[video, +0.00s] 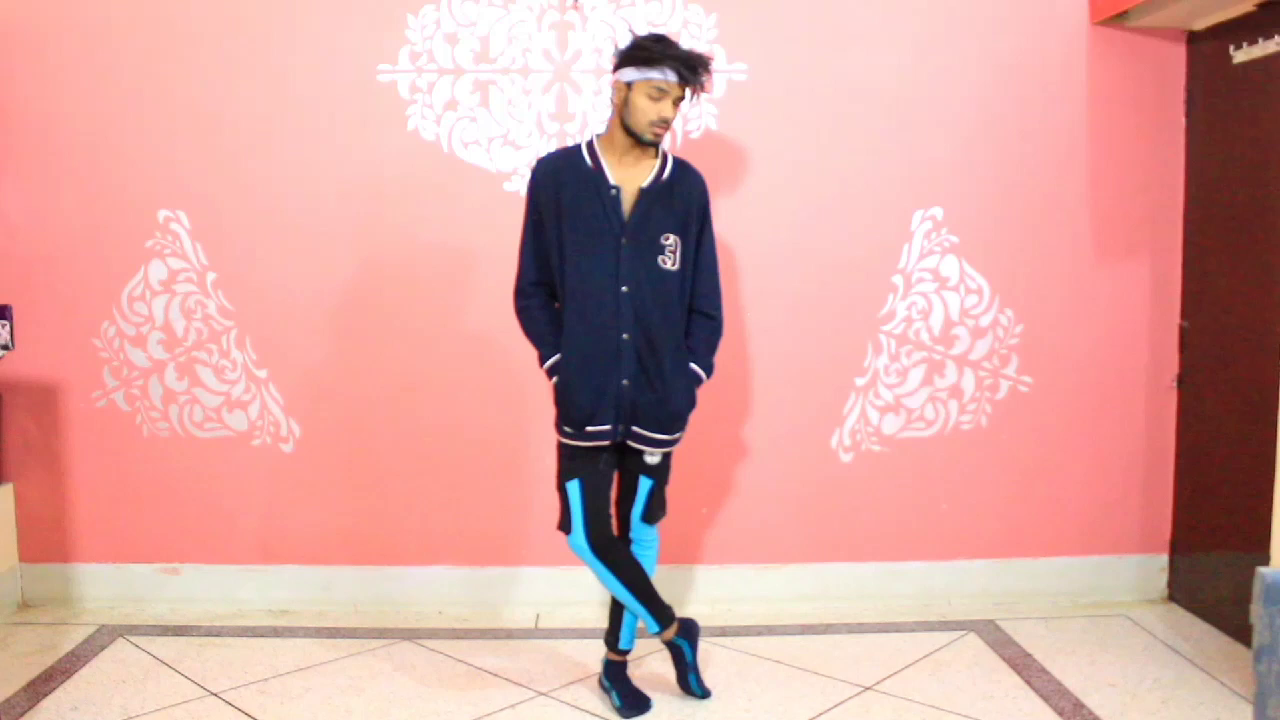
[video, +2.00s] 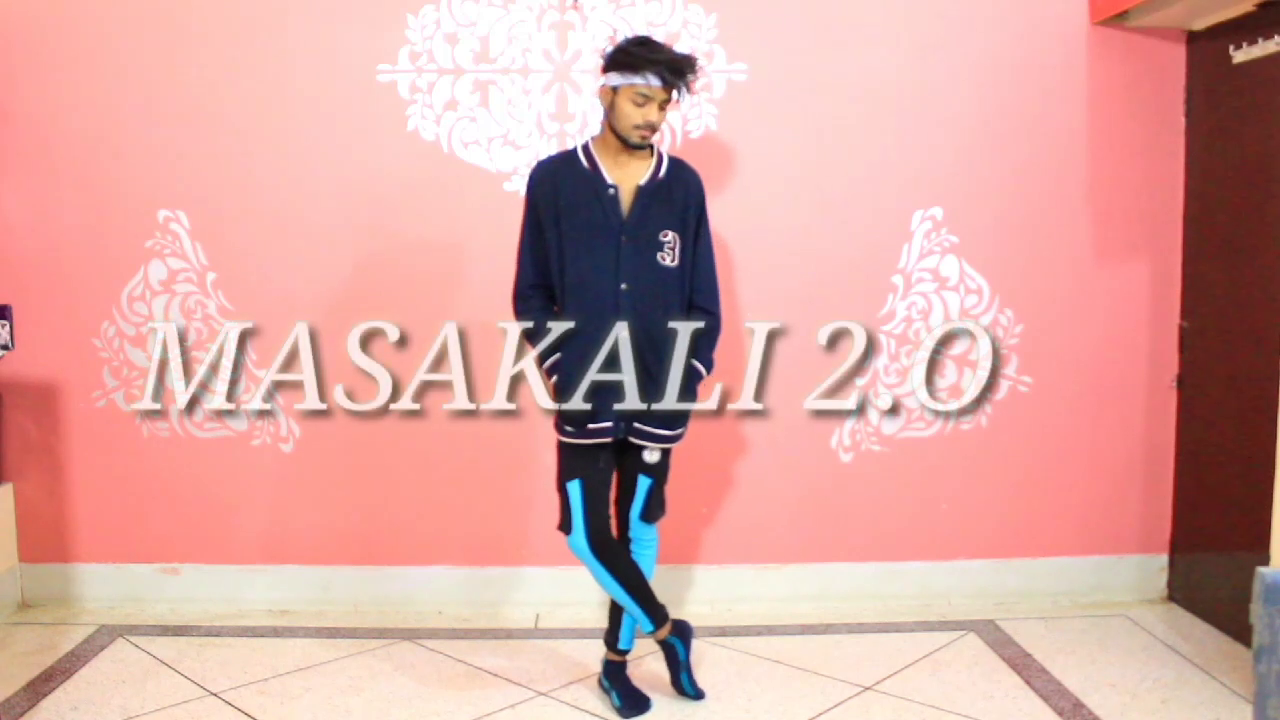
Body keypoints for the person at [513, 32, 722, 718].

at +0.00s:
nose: (666, 109)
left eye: (675, 98)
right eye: (655, 94)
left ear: (680, 105)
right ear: (619, 92)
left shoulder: (685, 183)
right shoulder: (558, 172)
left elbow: (705, 292)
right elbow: (533, 285)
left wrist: (694, 369)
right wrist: (555, 360)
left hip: (662, 386)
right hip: (585, 384)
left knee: (640, 528)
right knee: (587, 533)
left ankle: (616, 661)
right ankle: (674, 632)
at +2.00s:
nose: (652, 114)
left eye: (662, 102)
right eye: (640, 99)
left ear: (671, 106)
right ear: (607, 97)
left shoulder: (681, 181)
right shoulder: (555, 176)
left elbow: (703, 291)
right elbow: (531, 289)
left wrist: (696, 367)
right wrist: (557, 360)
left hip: (661, 383)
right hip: (585, 383)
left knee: (640, 525)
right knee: (586, 531)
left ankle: (616, 660)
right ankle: (668, 632)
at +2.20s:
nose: (653, 118)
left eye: (662, 106)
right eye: (640, 104)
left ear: (671, 109)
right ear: (606, 101)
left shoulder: (678, 185)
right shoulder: (552, 179)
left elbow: (701, 293)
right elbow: (529, 294)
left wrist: (699, 367)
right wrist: (560, 365)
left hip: (664, 387)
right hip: (588, 387)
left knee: (640, 527)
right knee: (590, 534)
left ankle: (616, 662)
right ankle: (674, 631)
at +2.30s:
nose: (652, 119)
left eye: (661, 107)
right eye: (640, 105)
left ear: (670, 110)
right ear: (606, 101)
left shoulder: (677, 184)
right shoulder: (551, 179)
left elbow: (700, 290)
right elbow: (530, 292)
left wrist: (700, 365)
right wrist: (560, 364)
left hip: (664, 386)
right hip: (588, 386)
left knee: (640, 526)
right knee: (589, 533)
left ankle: (616, 662)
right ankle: (674, 630)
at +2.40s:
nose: (652, 119)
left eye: (661, 106)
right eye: (639, 104)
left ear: (670, 108)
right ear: (605, 100)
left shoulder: (677, 182)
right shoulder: (551, 178)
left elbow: (700, 289)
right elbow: (529, 290)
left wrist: (699, 364)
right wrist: (558, 362)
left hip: (664, 385)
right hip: (587, 386)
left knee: (639, 526)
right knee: (589, 532)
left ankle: (616, 663)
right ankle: (675, 630)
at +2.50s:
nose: (649, 119)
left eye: (658, 106)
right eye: (637, 105)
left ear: (668, 106)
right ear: (603, 100)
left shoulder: (678, 179)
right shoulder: (553, 178)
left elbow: (700, 287)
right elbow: (529, 291)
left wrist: (698, 364)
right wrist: (557, 363)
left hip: (663, 384)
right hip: (587, 386)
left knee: (639, 525)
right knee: (589, 532)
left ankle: (616, 662)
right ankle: (674, 630)